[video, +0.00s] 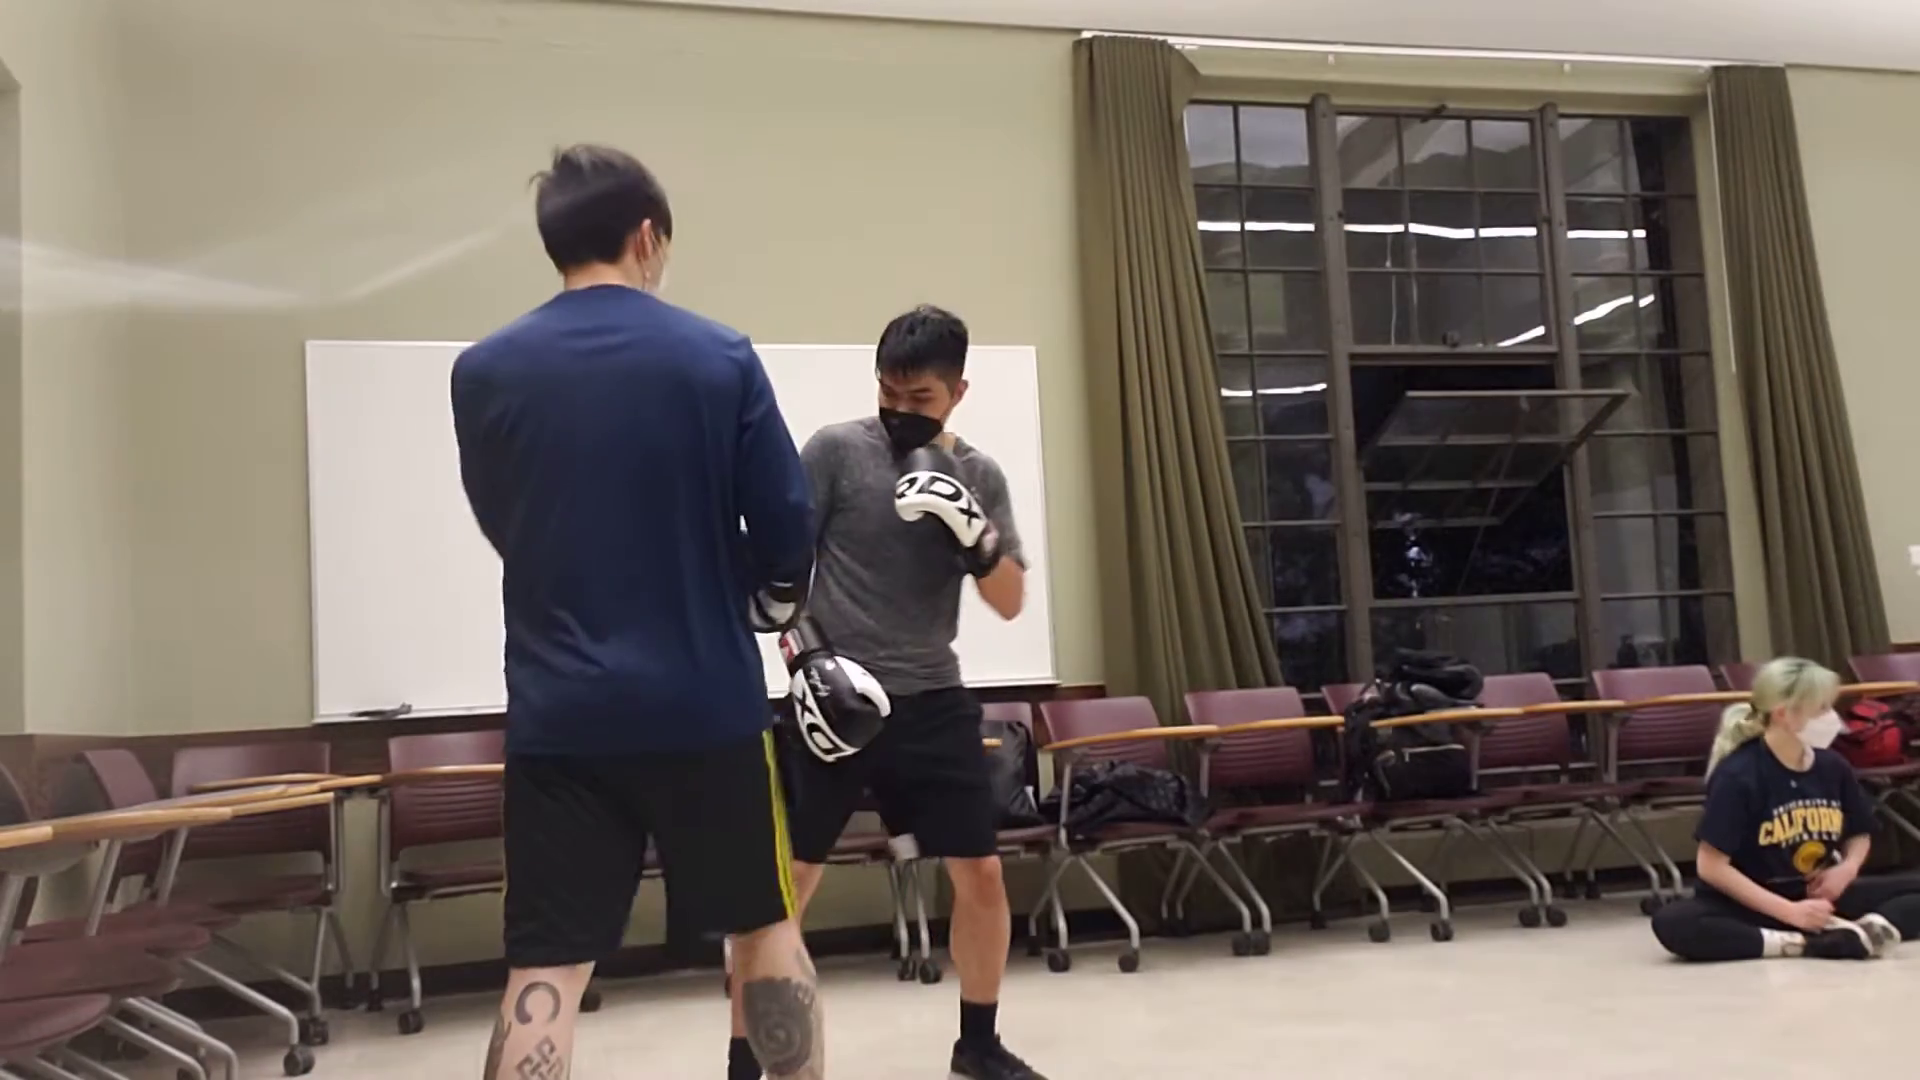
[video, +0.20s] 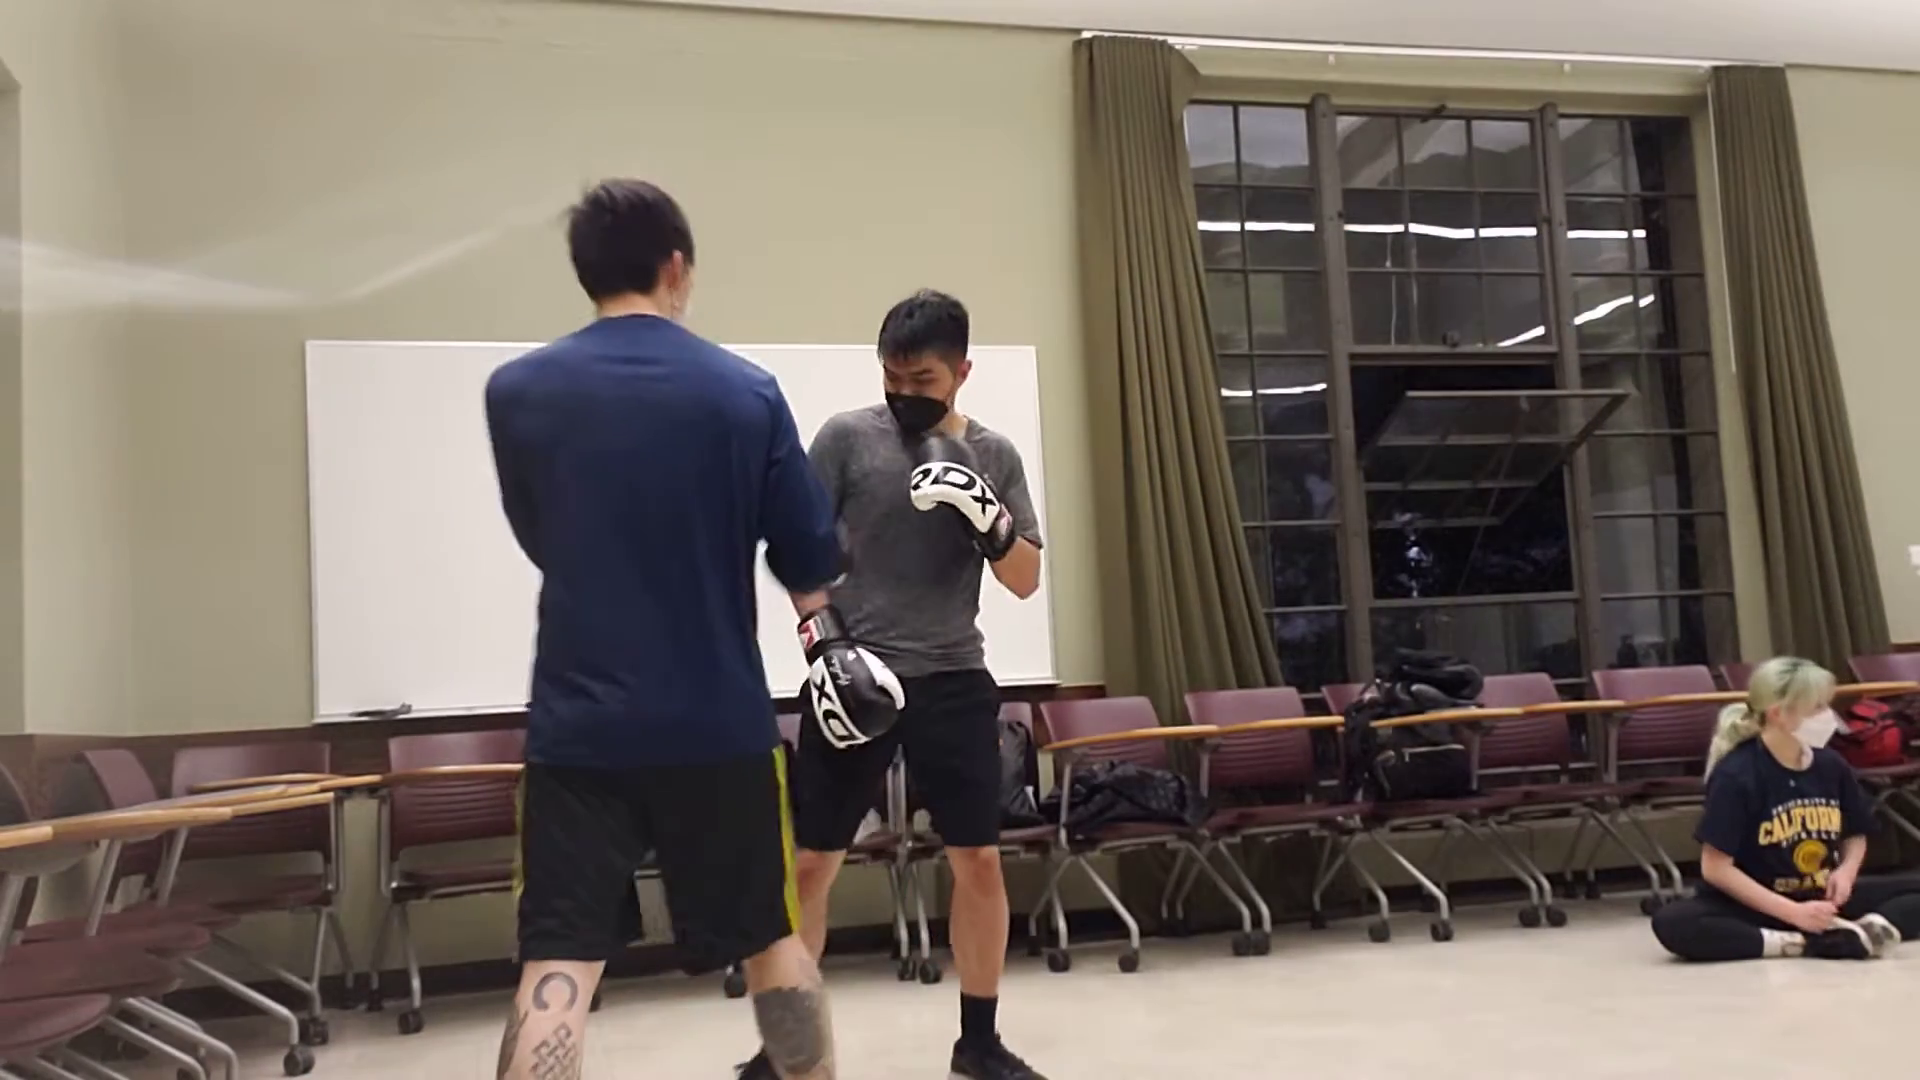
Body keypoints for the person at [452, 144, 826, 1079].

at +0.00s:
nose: (665, 258)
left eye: (661, 243)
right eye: (665, 242)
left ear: (554, 247)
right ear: (647, 237)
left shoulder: (484, 371)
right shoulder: (716, 356)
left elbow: (505, 526)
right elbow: (787, 533)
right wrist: (737, 575)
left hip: (558, 713)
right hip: (703, 711)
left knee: (545, 969)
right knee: (761, 927)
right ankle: (788, 1078)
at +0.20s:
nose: (689, 276)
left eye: (689, 265)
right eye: (689, 264)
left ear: (582, 274)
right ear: (675, 265)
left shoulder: (519, 390)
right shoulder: (743, 394)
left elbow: (542, 539)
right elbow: (810, 563)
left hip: (577, 725)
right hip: (718, 724)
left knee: (559, 962)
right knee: (768, 936)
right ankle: (810, 1074)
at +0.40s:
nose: (742, 285)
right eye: (743, 273)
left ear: (642, 283)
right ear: (736, 276)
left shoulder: (587, 378)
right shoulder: (794, 396)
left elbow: (621, 516)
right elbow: (888, 528)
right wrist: (895, 477)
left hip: (644, 707)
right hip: (774, 709)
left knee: (578, 938)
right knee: (804, 932)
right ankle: (822, 1073)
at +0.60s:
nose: (776, 307)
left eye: (773, 298)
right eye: (776, 295)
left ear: (676, 299)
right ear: (763, 291)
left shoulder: (619, 380)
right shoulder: (815, 384)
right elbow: (873, 509)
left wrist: (705, 337)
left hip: (672, 698)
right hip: (795, 698)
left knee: (630, 935)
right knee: (817, 939)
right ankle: (823, 1074)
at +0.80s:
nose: (759, 314)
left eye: (754, 303)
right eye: (759, 302)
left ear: (661, 305)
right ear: (745, 297)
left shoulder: (601, 394)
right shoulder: (797, 390)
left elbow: (651, 499)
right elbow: (856, 537)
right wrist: (762, 484)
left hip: (671, 711)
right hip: (794, 706)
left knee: (657, 943)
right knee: (819, 934)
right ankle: (837, 1075)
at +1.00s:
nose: (767, 322)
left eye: (767, 305)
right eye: (765, 304)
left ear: (670, 304)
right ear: (737, 297)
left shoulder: (594, 407)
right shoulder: (787, 396)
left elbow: (645, 504)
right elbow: (850, 545)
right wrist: (871, 525)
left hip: (660, 712)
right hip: (785, 702)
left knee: (663, 930)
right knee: (852, 892)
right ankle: (865, 1071)